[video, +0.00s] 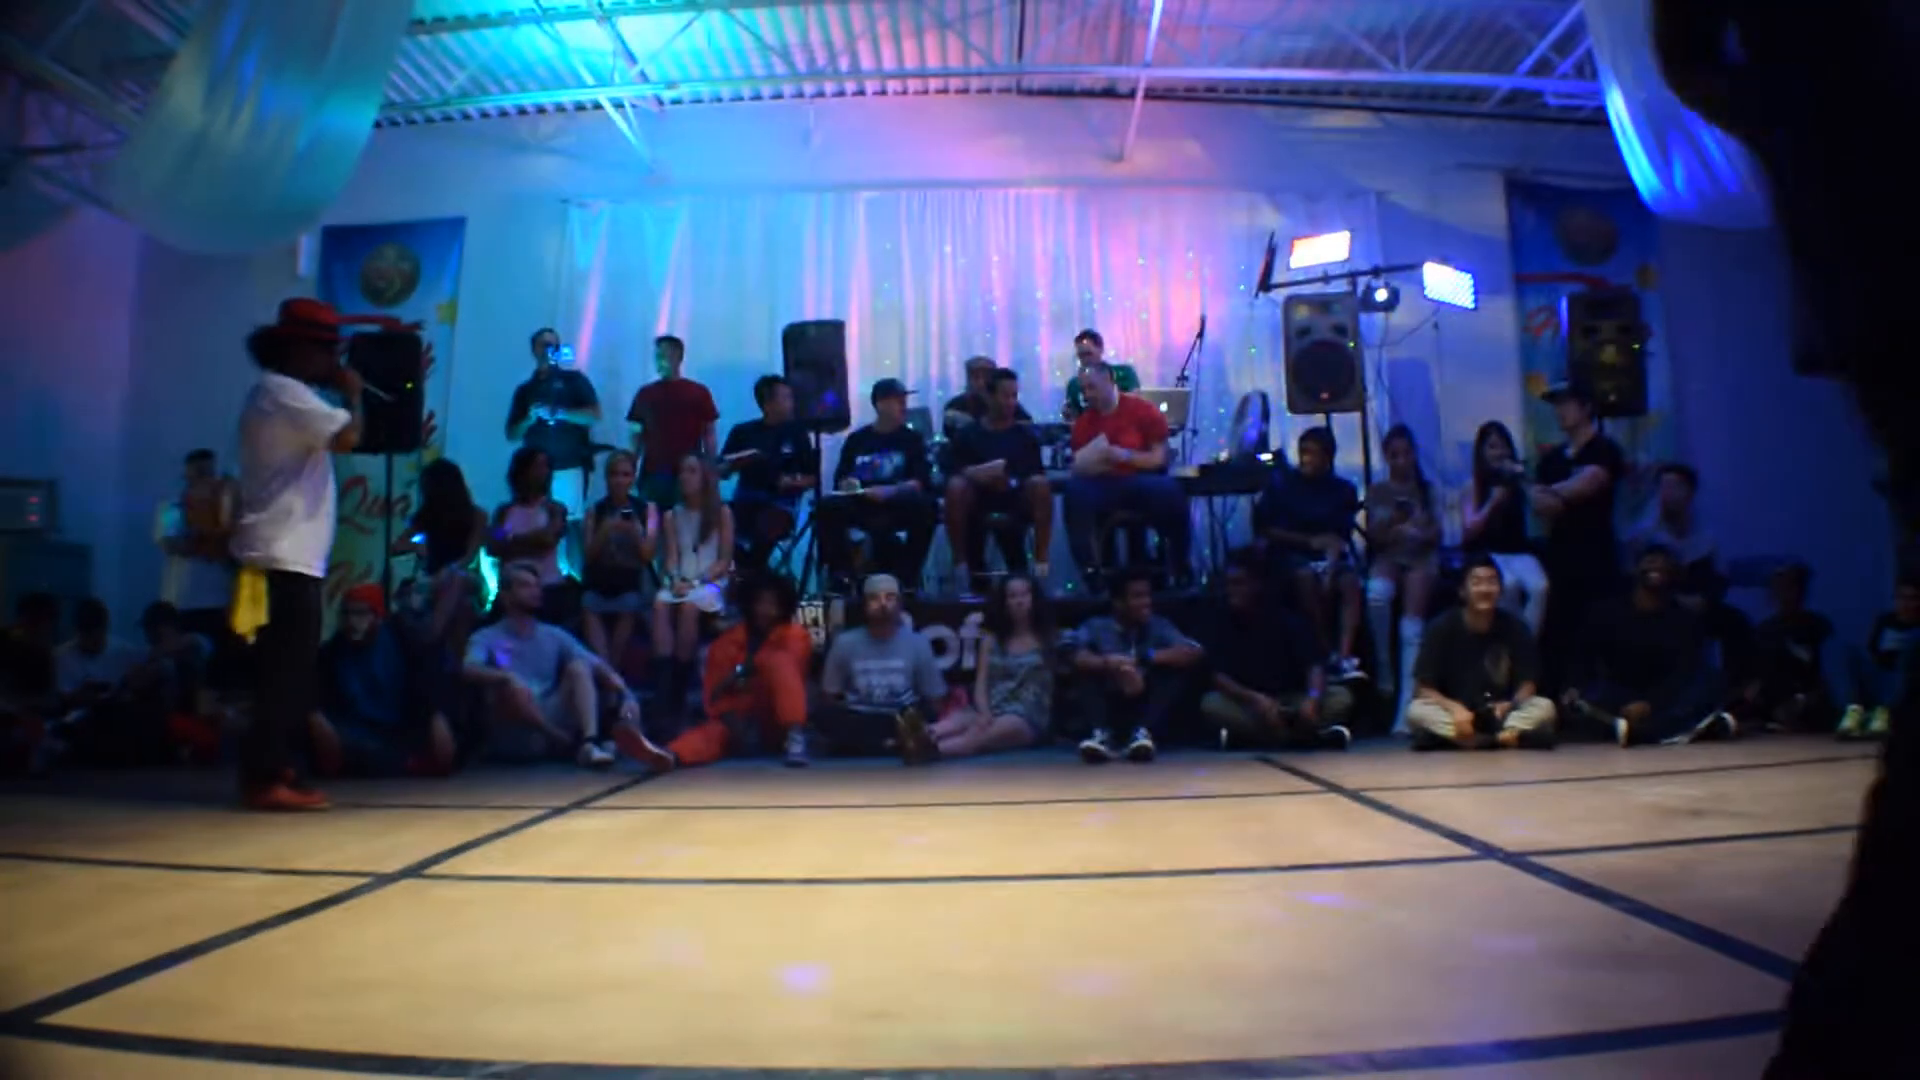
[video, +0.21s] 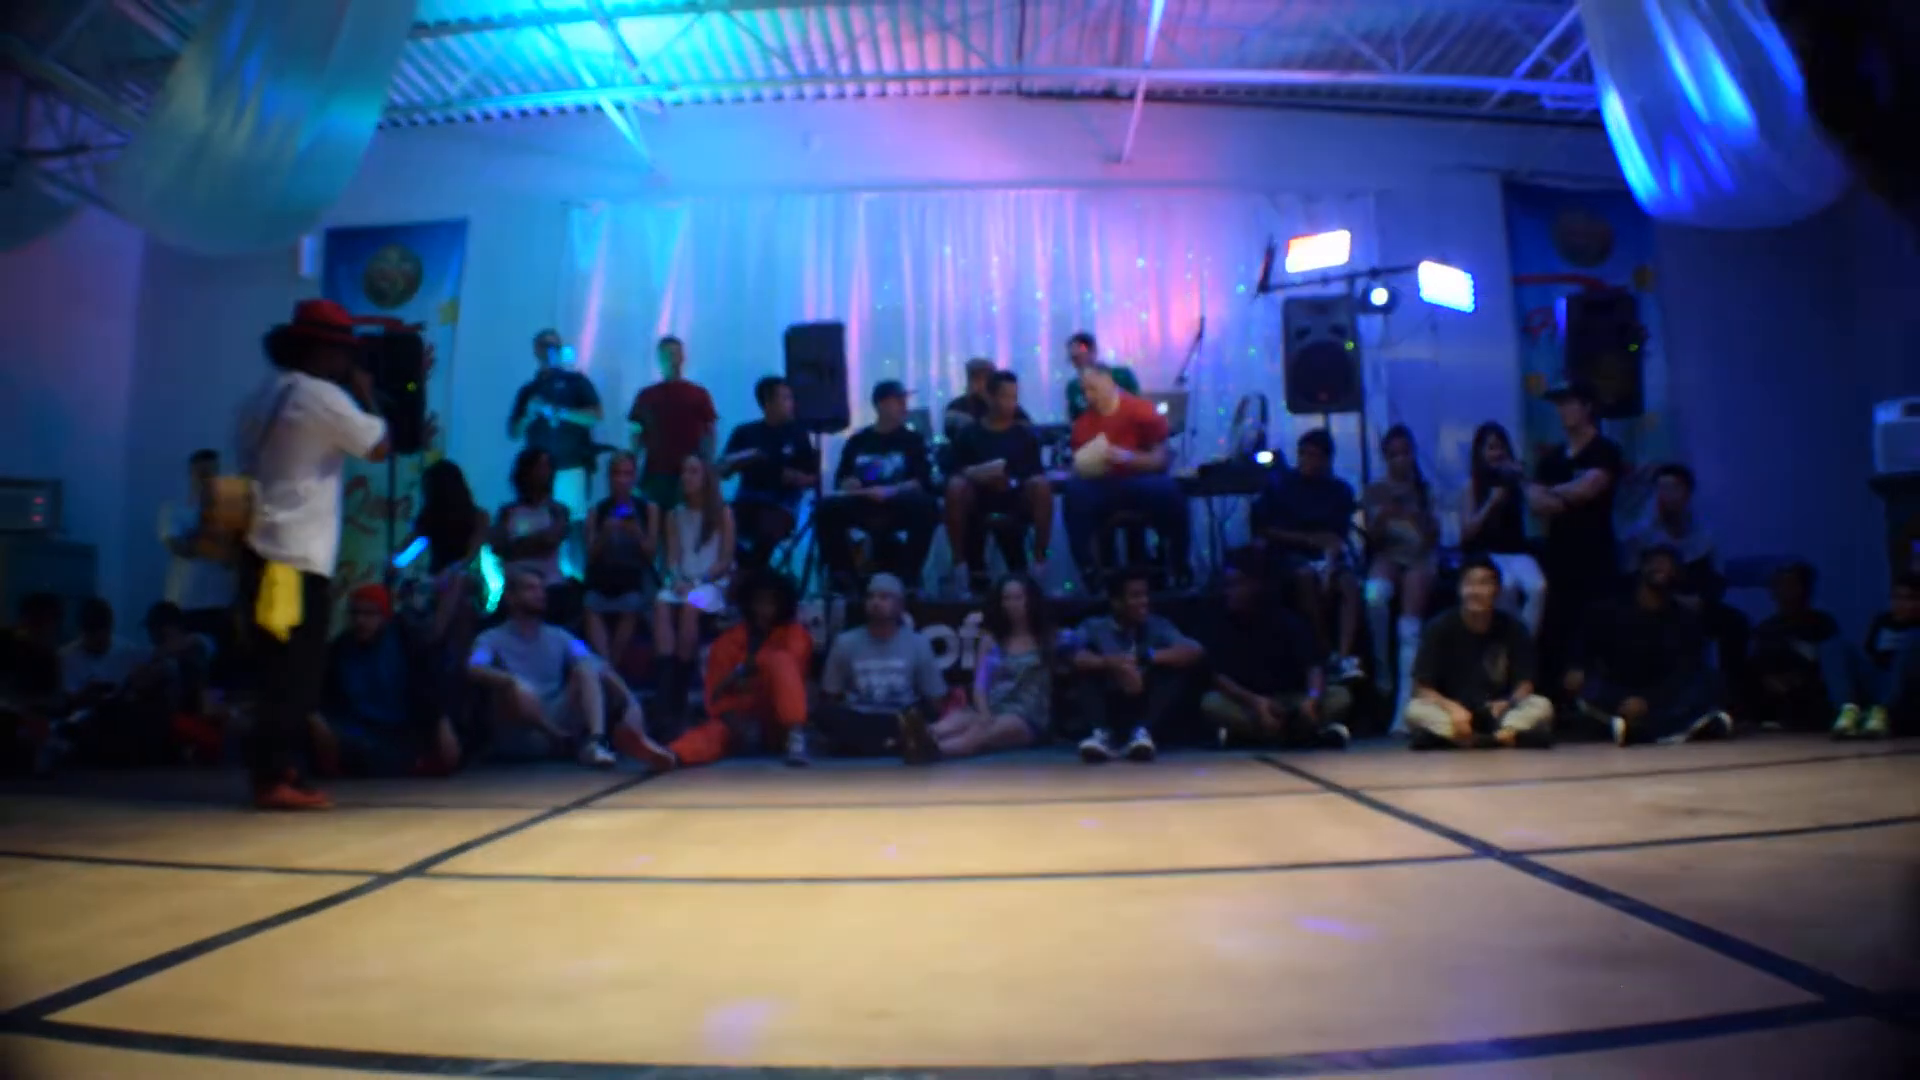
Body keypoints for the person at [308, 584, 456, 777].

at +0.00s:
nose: (353, 622)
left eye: (361, 614)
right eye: (348, 614)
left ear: (377, 617)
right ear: (341, 616)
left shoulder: (400, 647)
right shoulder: (331, 652)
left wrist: (437, 718)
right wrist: (318, 718)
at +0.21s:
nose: (361, 621)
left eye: (369, 614)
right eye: (356, 614)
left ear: (383, 616)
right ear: (350, 615)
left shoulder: (404, 645)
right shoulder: (341, 647)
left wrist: (442, 725)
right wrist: (318, 720)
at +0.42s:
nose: (362, 617)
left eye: (370, 610)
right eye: (357, 610)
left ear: (385, 613)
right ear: (350, 612)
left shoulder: (404, 645)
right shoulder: (340, 647)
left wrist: (444, 732)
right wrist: (312, 725)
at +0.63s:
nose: (361, 613)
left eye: (369, 607)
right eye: (356, 606)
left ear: (384, 612)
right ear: (349, 610)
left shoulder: (402, 644)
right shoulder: (340, 647)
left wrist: (444, 733)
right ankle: (402, 763)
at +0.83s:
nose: (362, 612)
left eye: (369, 606)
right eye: (356, 606)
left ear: (383, 611)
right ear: (348, 611)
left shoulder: (401, 643)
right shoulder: (338, 646)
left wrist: (441, 729)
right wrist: (317, 723)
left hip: (399, 722)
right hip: (353, 725)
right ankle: (402, 763)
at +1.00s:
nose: (367, 614)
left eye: (374, 606)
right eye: (360, 607)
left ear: (386, 610)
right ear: (350, 612)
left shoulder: (402, 641)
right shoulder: (339, 645)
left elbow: (425, 684)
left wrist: (441, 727)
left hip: (402, 719)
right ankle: (404, 764)